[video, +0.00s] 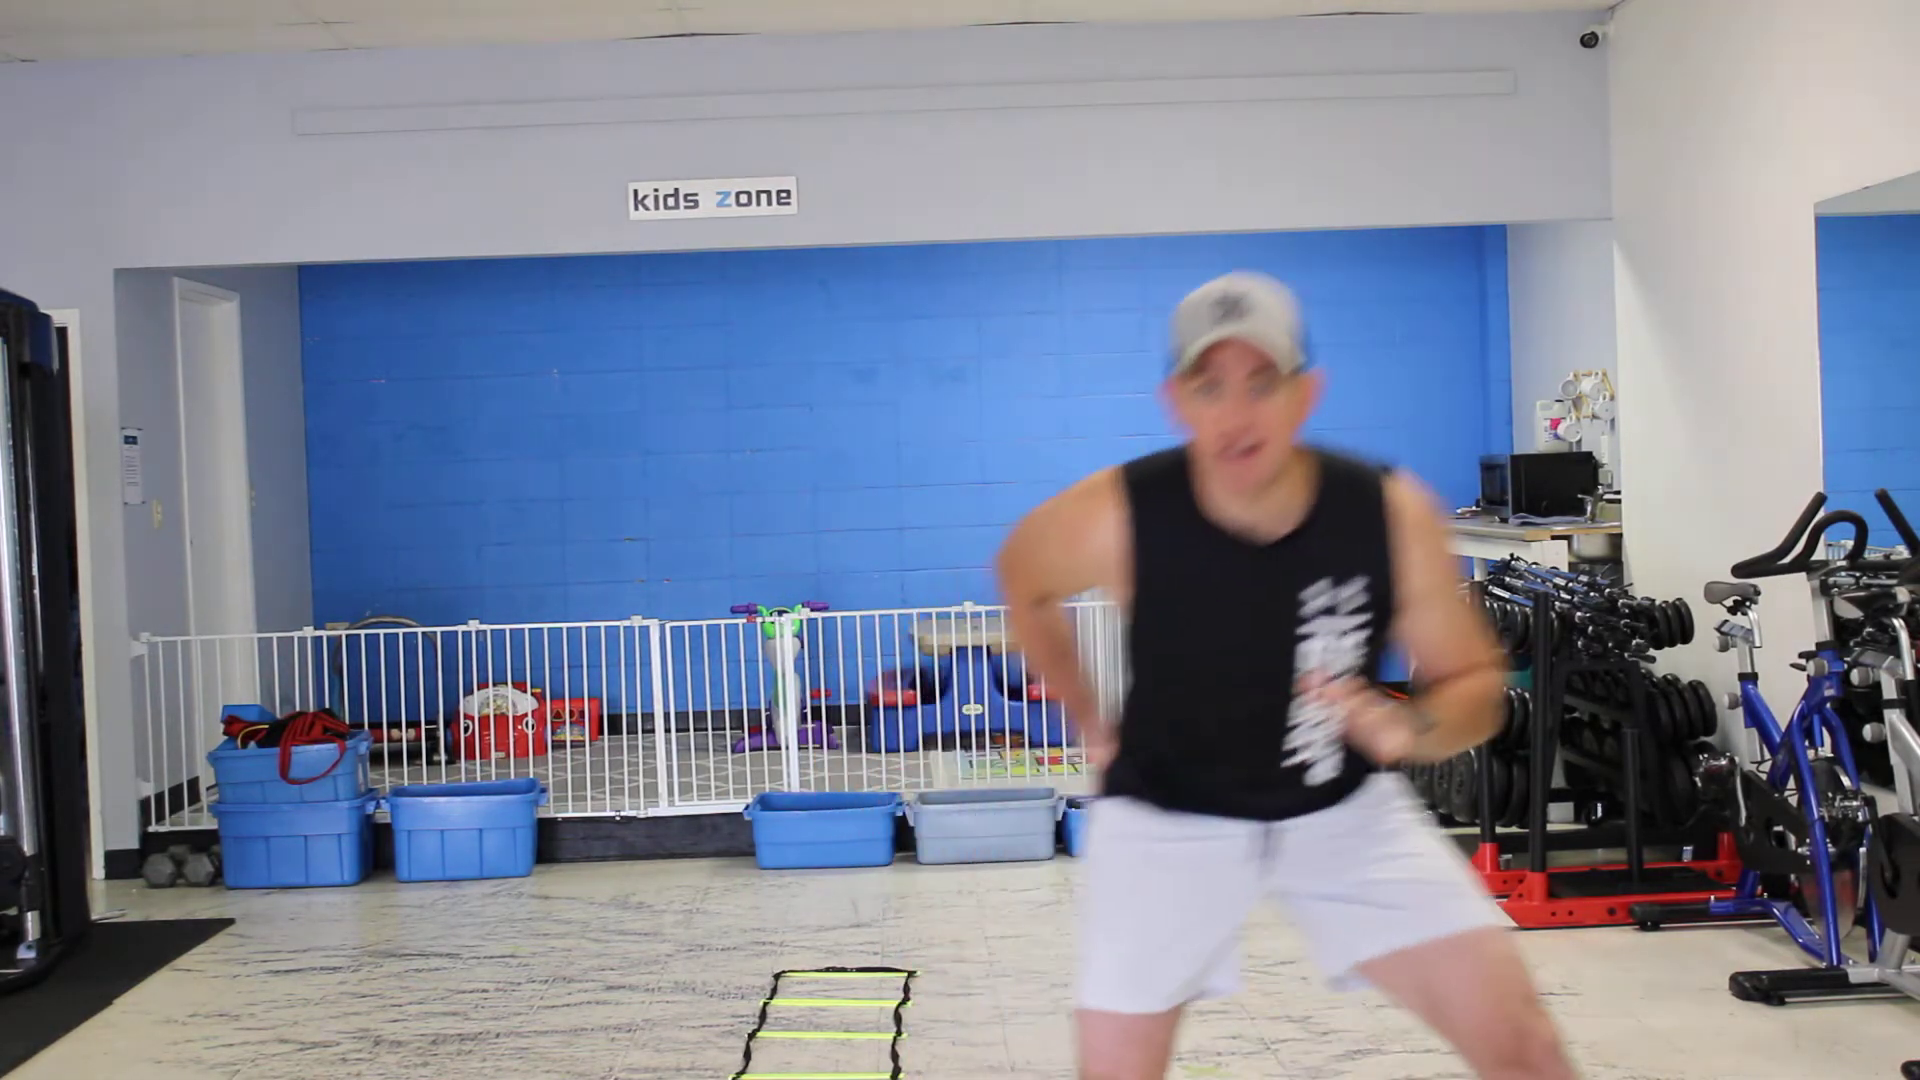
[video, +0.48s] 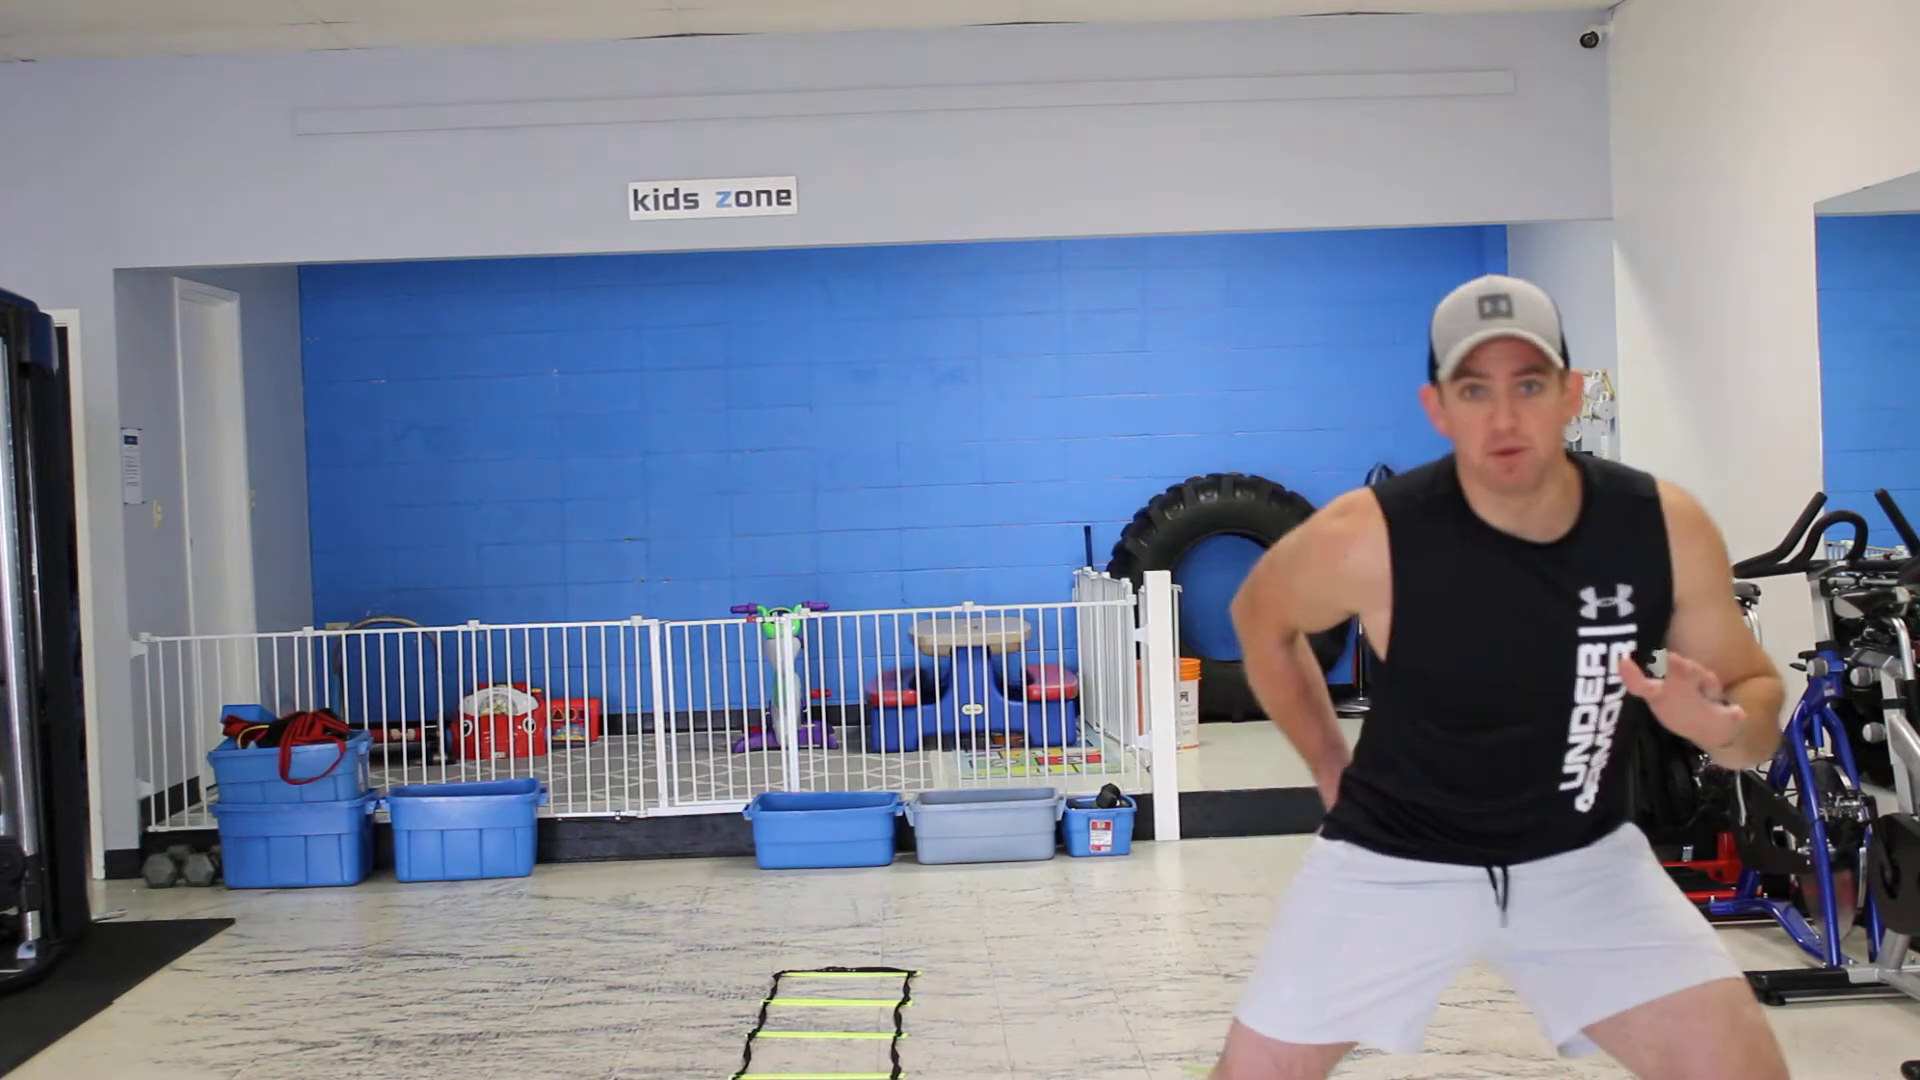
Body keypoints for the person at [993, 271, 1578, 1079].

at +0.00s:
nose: (1236, 414)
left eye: (1261, 384)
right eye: (1207, 387)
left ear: (1306, 394)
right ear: (1176, 404)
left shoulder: (1391, 513)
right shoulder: (1121, 514)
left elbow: (1478, 683)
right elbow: (1021, 574)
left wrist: (1416, 726)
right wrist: (1090, 721)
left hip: (1350, 817)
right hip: (1161, 828)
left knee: (1521, 1042)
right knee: (1116, 1069)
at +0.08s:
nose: (1304, 385)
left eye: (1329, 355)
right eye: (1277, 358)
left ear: (1376, 364)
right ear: (1243, 373)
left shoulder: (1472, 489)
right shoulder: (1186, 497)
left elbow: (1554, 663)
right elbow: (1091, 566)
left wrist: (1491, 698)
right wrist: (1169, 711)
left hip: (1426, 814)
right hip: (1234, 822)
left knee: (1577, 1055)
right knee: (1155, 1066)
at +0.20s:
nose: (1409, 397)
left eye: (1434, 366)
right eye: (1380, 370)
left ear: (1479, 376)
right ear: (1344, 387)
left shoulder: (1574, 502)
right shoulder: (1285, 520)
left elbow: (1678, 701)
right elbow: (1198, 598)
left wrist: (1608, 700)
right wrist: (1273, 744)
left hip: (1524, 840)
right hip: (1329, 850)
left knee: (1691, 1062)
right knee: (1218, 1070)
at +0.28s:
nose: (1463, 415)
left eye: (1486, 383)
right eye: (1434, 388)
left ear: (1530, 389)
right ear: (1396, 405)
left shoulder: (1626, 520)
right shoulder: (1332, 537)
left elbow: (1725, 690)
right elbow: (1233, 619)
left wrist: (1682, 723)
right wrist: (1309, 768)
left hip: (1563, 857)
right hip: (1365, 865)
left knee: (1731, 1064)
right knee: (1241, 1070)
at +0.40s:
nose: (1503, 426)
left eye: (1529, 393)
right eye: (1473, 398)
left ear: (1572, 400)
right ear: (1437, 414)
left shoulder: (1663, 529)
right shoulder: (1368, 544)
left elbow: (1758, 694)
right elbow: (1258, 622)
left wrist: (1722, 728)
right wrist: (1333, 772)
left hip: (1587, 863)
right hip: (1386, 869)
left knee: (1749, 1067)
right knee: (1255, 1071)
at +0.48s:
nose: (1504, 419)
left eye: (1530, 387)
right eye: (1473, 391)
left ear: (1573, 396)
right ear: (1437, 408)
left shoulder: (1665, 527)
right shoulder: (1368, 538)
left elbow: (1754, 688)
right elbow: (1261, 618)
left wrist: (1723, 730)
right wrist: (1331, 769)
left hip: (1587, 863)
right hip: (1386, 868)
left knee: (1746, 1066)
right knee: (1255, 1070)